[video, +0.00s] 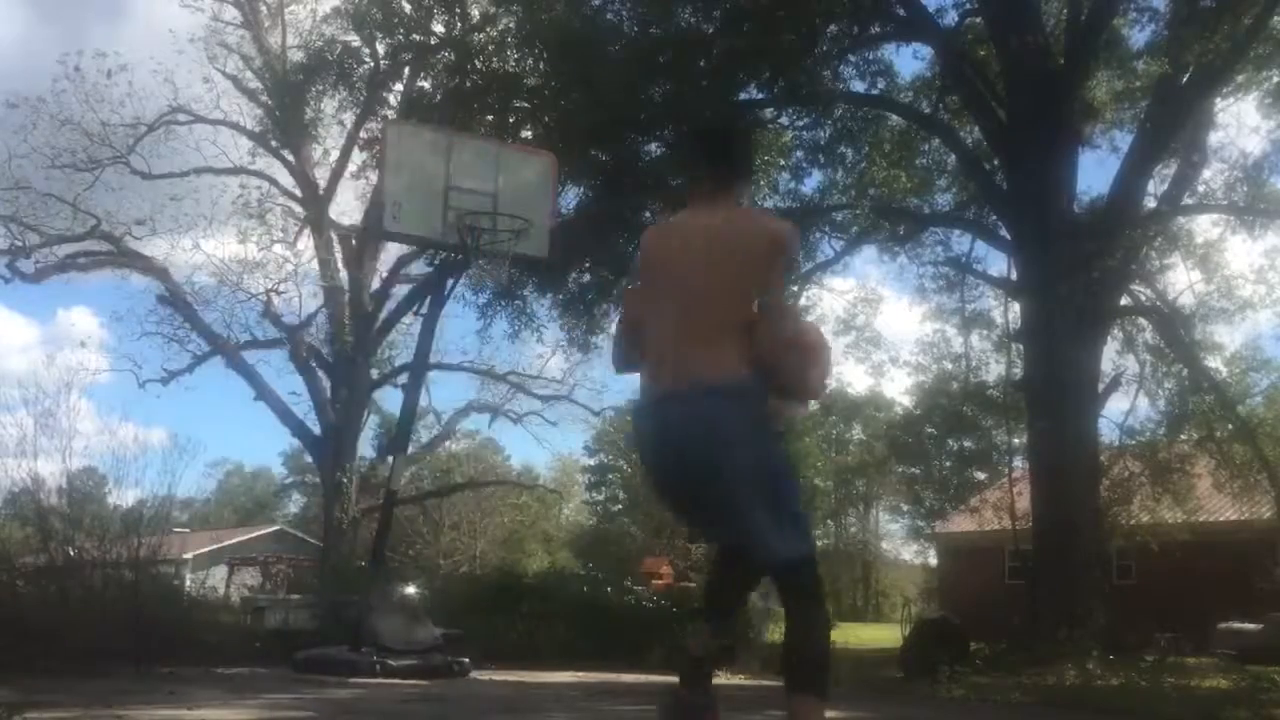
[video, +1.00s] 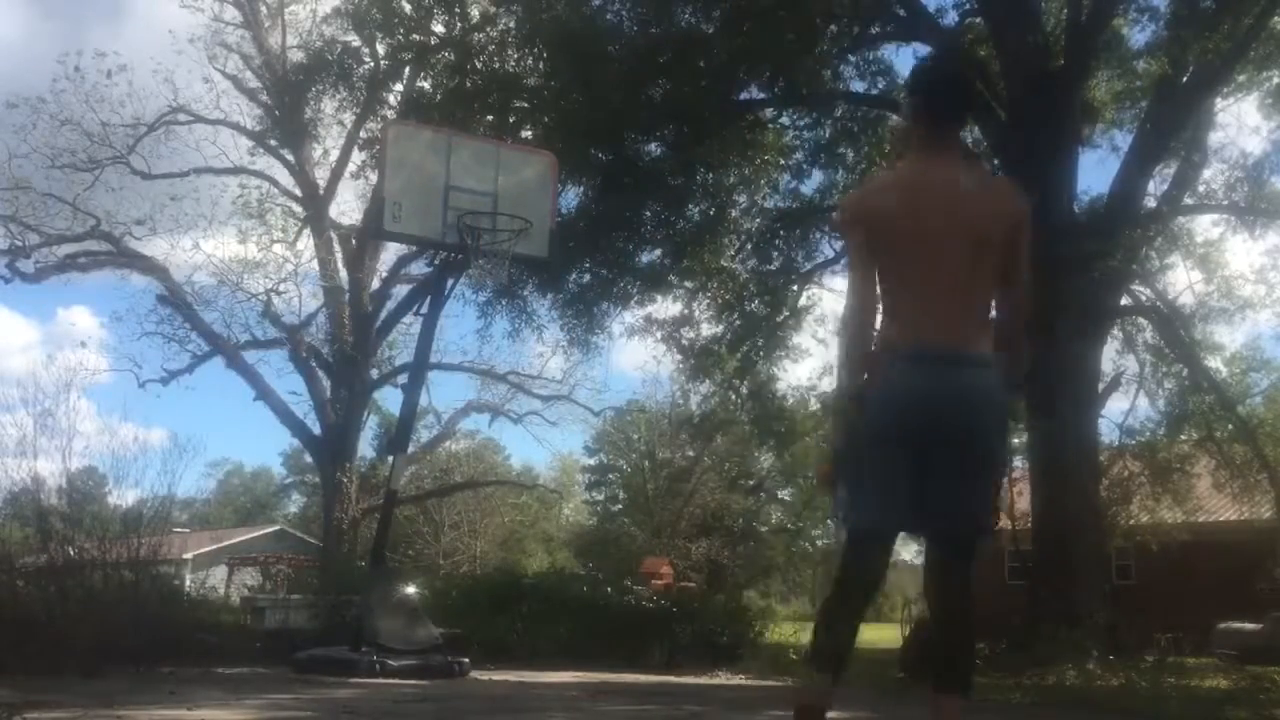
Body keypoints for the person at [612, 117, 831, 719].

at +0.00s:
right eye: (746, 168)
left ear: (687, 172)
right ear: (746, 171)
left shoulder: (657, 240)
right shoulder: (771, 233)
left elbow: (626, 350)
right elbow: (771, 339)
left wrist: (690, 330)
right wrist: (801, 377)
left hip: (660, 425)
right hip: (733, 419)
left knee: (740, 543)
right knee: (800, 579)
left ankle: (697, 679)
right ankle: (806, 707)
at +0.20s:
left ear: (753, 86)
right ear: (813, 88)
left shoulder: (720, 141)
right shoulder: (823, 150)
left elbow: (672, 110)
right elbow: (868, 176)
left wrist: (734, 85)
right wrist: (858, 93)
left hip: (740, 354)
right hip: (810, 350)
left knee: (764, 545)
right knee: (830, 541)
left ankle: (767, 705)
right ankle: (831, 706)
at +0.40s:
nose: (861, 4)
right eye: (857, 5)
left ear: (787, 8)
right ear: (840, 5)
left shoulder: (755, 48)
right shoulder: (863, 37)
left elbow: (721, 40)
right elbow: (879, 9)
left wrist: (735, 0)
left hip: (779, 249)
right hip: (854, 246)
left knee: (775, 434)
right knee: (864, 435)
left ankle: (754, 620)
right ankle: (852, 617)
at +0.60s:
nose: (902, 34)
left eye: (890, 28)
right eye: (900, 27)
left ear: (841, 29)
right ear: (893, 30)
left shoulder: (806, 80)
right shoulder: (913, 70)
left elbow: (784, 56)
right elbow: (919, 45)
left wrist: (776, 37)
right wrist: (891, 23)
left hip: (812, 283)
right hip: (891, 282)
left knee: (783, 476)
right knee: (904, 485)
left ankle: (742, 660)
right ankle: (923, 669)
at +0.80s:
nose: (873, 147)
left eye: (877, 139)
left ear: (881, 144)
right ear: (942, 149)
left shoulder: (842, 219)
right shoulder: (961, 218)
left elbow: (798, 255)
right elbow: (984, 216)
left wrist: (809, 201)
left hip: (852, 418)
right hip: (927, 420)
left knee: (821, 578)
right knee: (933, 582)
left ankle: (762, 705)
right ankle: (943, 707)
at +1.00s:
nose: (906, 121)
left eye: (907, 111)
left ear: (911, 115)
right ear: (970, 119)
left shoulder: (872, 197)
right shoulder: (1005, 199)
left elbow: (860, 315)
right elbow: (1014, 310)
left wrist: (845, 408)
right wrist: (998, 388)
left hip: (894, 385)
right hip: (976, 389)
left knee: (863, 555)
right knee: (953, 563)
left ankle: (812, 699)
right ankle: (949, 704)